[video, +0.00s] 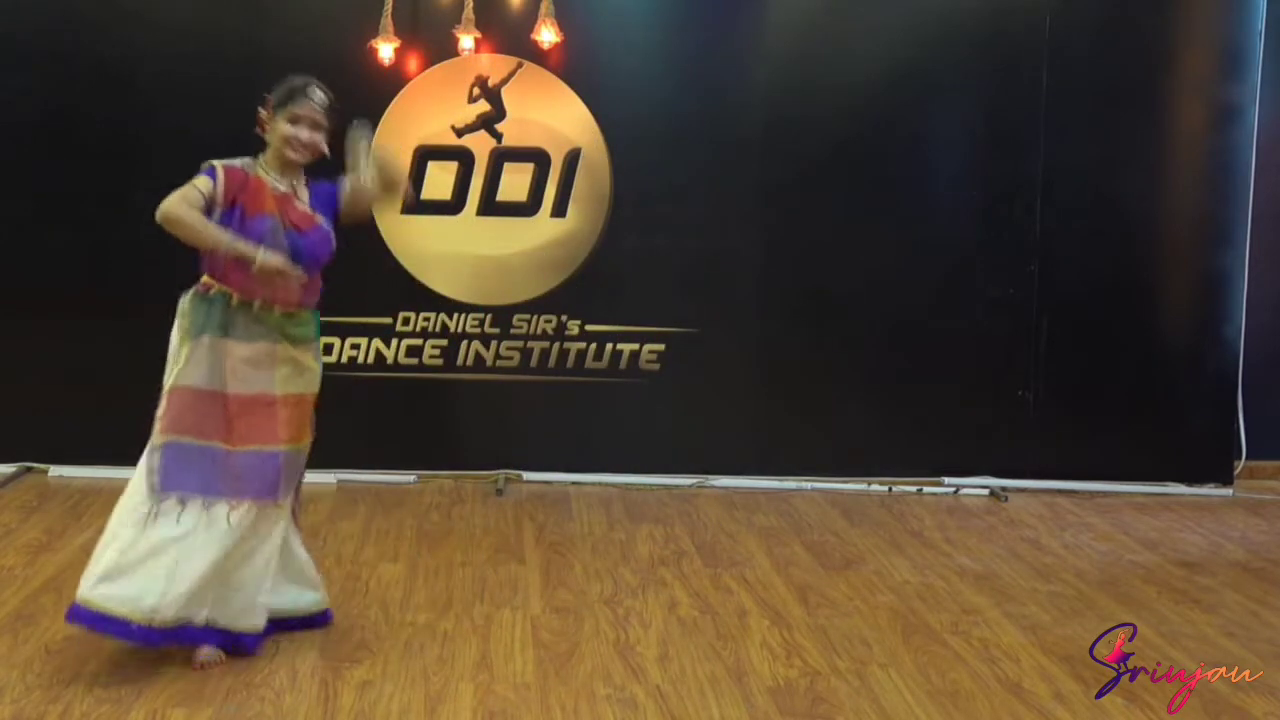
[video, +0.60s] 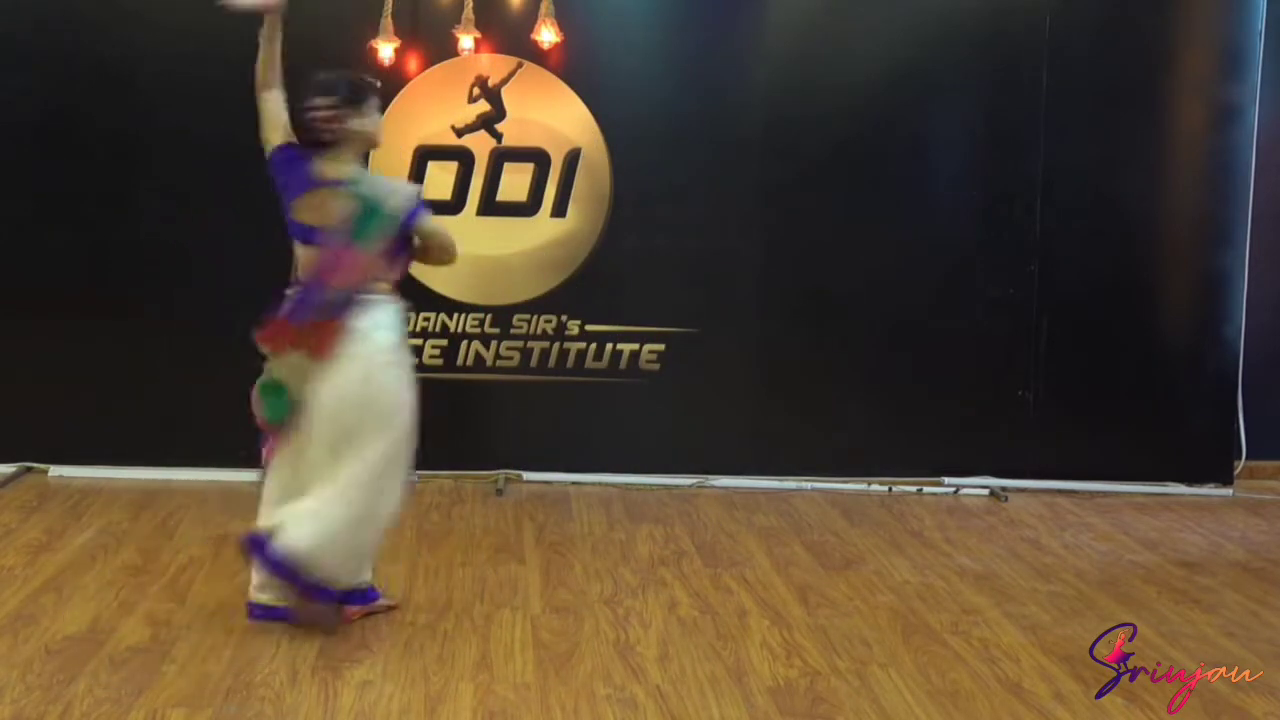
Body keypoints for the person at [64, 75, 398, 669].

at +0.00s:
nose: (307, 134)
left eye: (318, 127)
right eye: (297, 121)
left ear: (326, 138)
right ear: (267, 121)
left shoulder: (323, 194)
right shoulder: (231, 176)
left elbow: (380, 191)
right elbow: (172, 211)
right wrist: (254, 254)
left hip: (286, 350)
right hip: (220, 344)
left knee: (267, 481)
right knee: (218, 480)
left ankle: (243, 608)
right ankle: (205, 617)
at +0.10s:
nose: (290, 120)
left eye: (300, 113)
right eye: (279, 110)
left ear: (312, 126)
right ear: (254, 118)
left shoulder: (320, 183)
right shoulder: (228, 174)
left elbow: (368, 140)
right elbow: (176, 211)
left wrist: (370, 83)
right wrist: (260, 238)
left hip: (292, 351)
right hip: (225, 347)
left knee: (273, 479)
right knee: (204, 468)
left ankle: (240, 609)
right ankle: (122, 578)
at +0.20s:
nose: (271, 114)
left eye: (282, 105)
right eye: (259, 105)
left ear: (299, 115)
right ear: (241, 114)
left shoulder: (316, 171)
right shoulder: (223, 180)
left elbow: (368, 101)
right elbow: (199, 230)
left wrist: (396, 35)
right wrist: (286, 239)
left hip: (306, 335)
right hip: (237, 335)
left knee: (317, 465)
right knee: (234, 461)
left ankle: (264, 590)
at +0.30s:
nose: (268, 114)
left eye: (279, 104)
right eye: (256, 105)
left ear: (297, 115)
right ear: (240, 118)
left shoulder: (319, 165)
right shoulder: (230, 184)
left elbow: (369, 92)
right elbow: (235, 241)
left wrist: (394, 27)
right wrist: (314, 243)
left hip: (315, 323)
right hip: (249, 326)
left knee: (338, 449)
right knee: (254, 455)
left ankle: (337, 588)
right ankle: (235, 587)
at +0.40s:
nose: (293, 115)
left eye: (302, 106)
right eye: (280, 107)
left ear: (314, 116)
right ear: (255, 119)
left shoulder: (322, 156)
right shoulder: (264, 189)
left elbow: (352, 83)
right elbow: (315, 243)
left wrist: (347, 14)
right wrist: (377, 239)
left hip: (337, 326)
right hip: (281, 331)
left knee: (363, 447)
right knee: (274, 458)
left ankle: (353, 578)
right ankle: (246, 590)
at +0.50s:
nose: (336, 116)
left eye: (337, 105)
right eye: (320, 108)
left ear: (335, 112)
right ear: (280, 120)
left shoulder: (300, 173)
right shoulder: (319, 192)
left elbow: (320, 81)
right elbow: (388, 242)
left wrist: (292, 10)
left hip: (319, 332)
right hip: (316, 338)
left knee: (352, 457)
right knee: (304, 461)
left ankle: (358, 577)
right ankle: (251, 575)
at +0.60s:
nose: (379, 119)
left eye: (375, 110)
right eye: (371, 111)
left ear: (323, 125)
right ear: (343, 122)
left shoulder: (294, 174)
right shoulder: (388, 197)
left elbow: (269, 90)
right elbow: (444, 247)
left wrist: (270, 19)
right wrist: (397, 236)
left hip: (303, 327)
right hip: (368, 331)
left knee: (301, 451)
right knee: (379, 453)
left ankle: (278, 589)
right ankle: (294, 545)